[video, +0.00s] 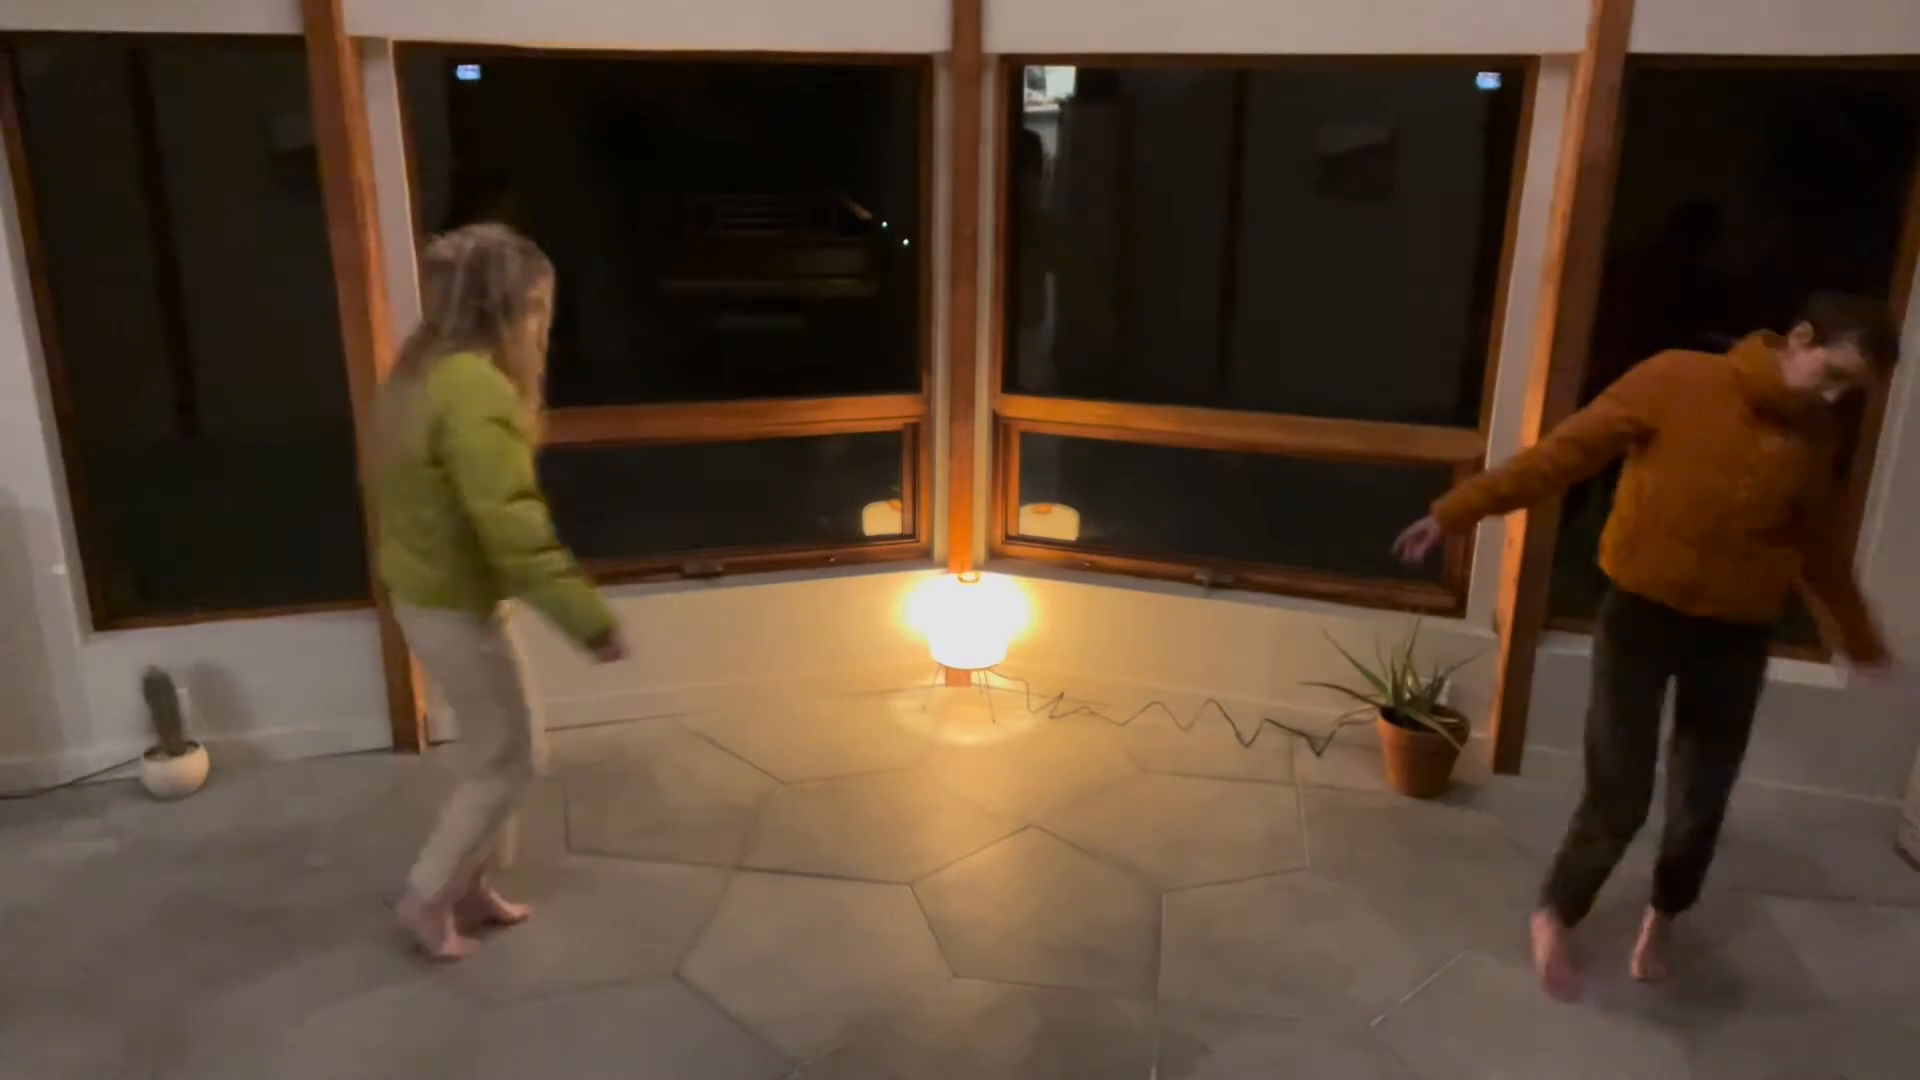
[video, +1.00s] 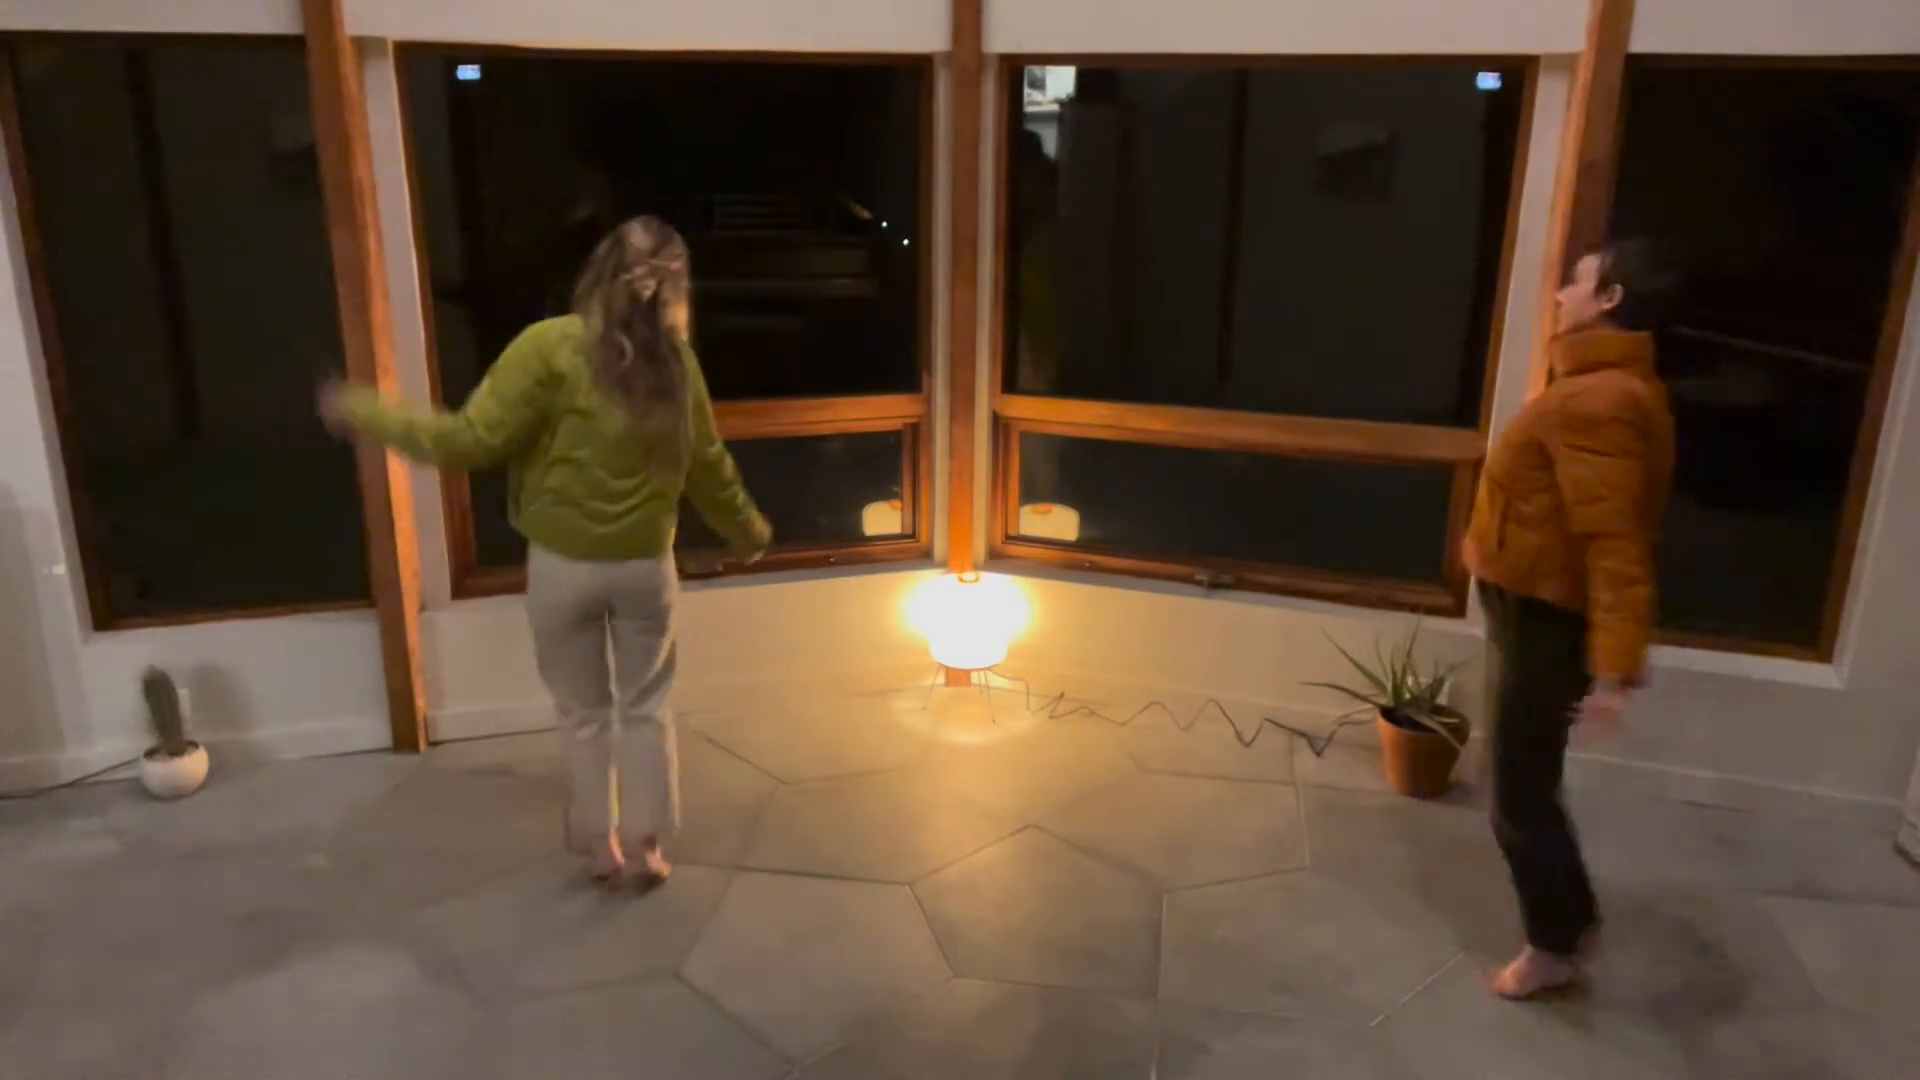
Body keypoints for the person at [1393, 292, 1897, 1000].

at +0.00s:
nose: (1832, 395)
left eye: (1847, 386)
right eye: (1834, 374)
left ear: (1853, 381)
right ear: (1801, 340)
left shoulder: (1816, 435)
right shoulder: (1676, 382)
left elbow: (1823, 551)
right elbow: (1563, 452)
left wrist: (1861, 640)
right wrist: (1457, 508)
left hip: (1733, 633)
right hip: (1640, 614)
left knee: (1700, 803)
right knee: (1621, 795)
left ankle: (1660, 918)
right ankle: (1553, 918)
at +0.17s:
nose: (1807, 372)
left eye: (1818, 359)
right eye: (1809, 353)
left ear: (1778, 334)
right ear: (1771, 326)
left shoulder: (1746, 406)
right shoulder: (1665, 386)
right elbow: (1572, 479)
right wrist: (1491, 565)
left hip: (1693, 627)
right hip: (1635, 620)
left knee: (1657, 791)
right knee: (1612, 784)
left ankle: (1587, 909)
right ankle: (1532, 937)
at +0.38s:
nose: (1750, 342)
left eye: (1752, 329)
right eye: (1750, 328)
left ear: (1671, 313)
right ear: (1730, 323)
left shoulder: (1610, 390)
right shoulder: (1696, 407)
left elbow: (1556, 486)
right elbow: (1666, 529)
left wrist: (1503, 556)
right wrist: (1675, 645)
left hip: (1585, 616)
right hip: (1643, 632)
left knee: (1585, 781)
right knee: (1633, 808)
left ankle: (1534, 921)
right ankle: (1561, 961)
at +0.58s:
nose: (1608, 318)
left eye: (1611, 306)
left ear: (1613, 312)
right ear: (1689, 325)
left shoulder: (1557, 399)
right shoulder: (1719, 410)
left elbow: (1486, 517)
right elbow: (1772, 542)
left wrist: (1397, 597)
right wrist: (1864, 645)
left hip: (1549, 623)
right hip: (1649, 632)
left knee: (1536, 788)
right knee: (1610, 800)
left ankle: (1525, 965)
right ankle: (1568, 971)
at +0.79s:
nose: (1586, 313)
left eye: (1590, 302)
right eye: (1592, 300)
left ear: (1604, 309)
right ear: (1674, 320)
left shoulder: (1569, 403)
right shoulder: (1701, 408)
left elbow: (1527, 533)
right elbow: (1747, 519)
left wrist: (1467, 633)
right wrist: (1828, 585)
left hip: (1547, 632)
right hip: (1616, 637)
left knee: (1521, 793)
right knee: (1562, 780)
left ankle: (1527, 969)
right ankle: (1583, 946)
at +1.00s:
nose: (1561, 291)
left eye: (1576, 281)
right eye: (1571, 278)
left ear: (1608, 303)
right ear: (1612, 304)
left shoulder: (1604, 402)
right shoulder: (1589, 385)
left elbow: (1616, 538)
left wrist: (1615, 664)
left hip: (1544, 618)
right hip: (1529, 609)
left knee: (1520, 795)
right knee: (1523, 782)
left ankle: (1552, 947)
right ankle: (1569, 915)